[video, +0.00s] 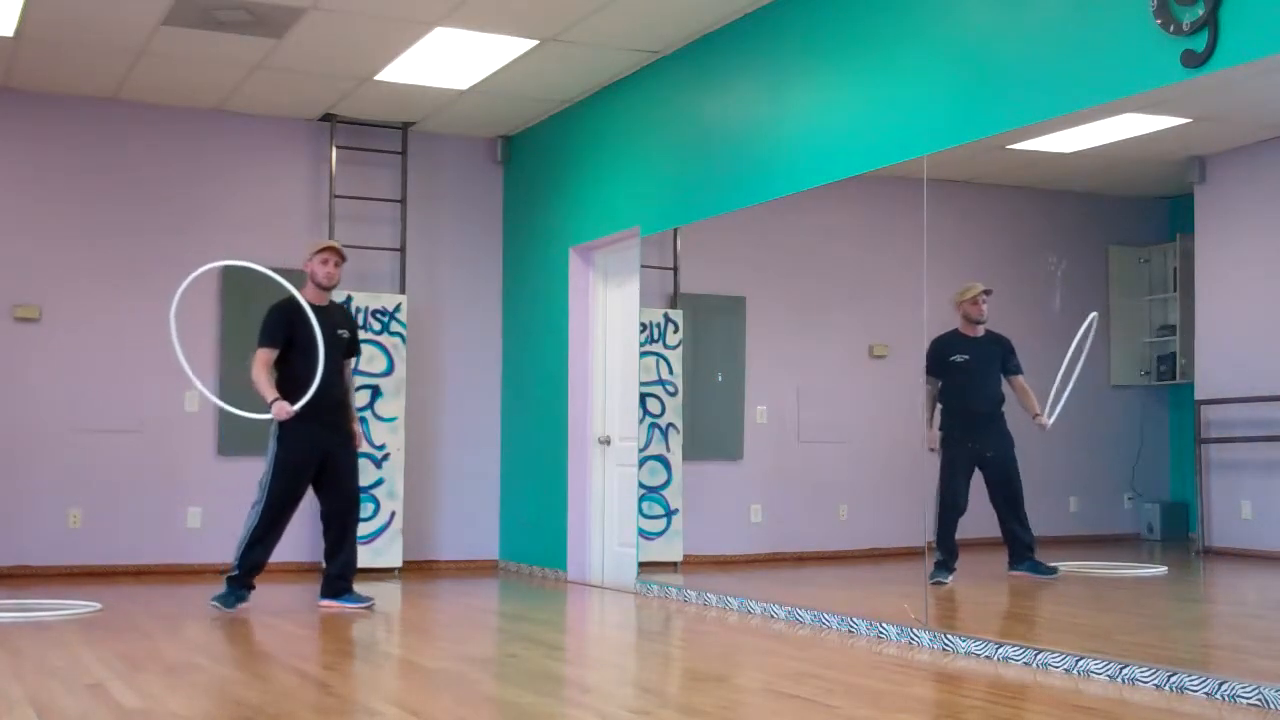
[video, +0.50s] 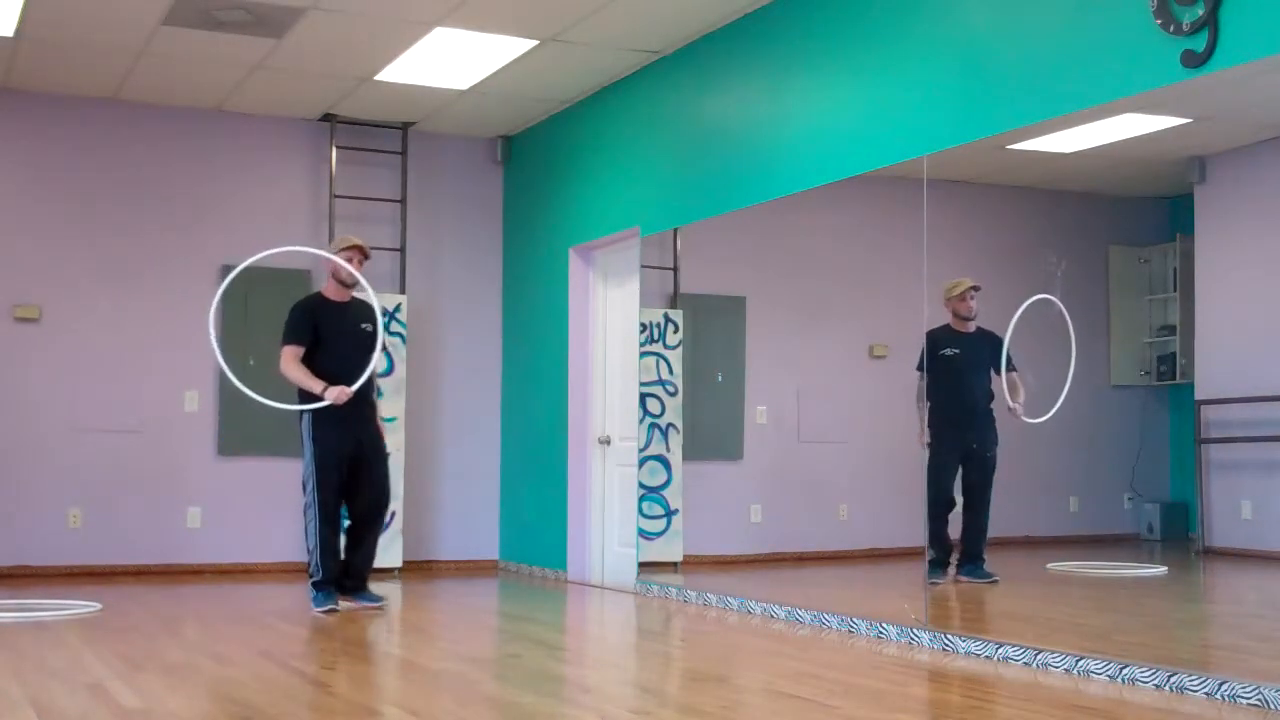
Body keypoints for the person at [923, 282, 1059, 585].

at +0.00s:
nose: (982, 307)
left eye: (984, 302)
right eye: (975, 303)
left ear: (987, 307)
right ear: (961, 308)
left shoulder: (1000, 344)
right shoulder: (941, 345)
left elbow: (1018, 383)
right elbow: (931, 392)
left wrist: (1036, 412)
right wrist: (929, 428)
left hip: (994, 432)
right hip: (957, 434)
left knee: (1010, 496)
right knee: (952, 503)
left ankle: (1021, 558)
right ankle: (944, 564)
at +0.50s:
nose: (970, 302)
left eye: (972, 297)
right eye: (962, 298)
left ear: (977, 301)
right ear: (949, 305)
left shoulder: (991, 341)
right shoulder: (935, 339)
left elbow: (1012, 375)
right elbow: (923, 385)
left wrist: (1016, 400)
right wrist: (923, 424)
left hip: (981, 432)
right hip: (944, 432)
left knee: (978, 502)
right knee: (939, 501)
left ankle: (971, 564)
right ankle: (938, 562)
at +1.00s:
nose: (945, 304)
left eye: (950, 299)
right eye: (938, 300)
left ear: (959, 304)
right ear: (930, 307)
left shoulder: (975, 333)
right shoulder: (922, 343)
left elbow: (984, 355)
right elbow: (910, 391)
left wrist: (984, 372)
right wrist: (909, 430)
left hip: (974, 430)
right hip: (937, 433)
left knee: (975, 502)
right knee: (923, 502)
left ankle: (972, 565)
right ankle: (902, 571)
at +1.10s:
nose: (942, 306)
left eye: (947, 301)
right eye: (935, 302)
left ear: (957, 305)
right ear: (929, 308)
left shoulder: (972, 332)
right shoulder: (921, 344)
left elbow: (984, 344)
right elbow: (909, 390)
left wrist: (976, 347)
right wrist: (906, 429)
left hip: (971, 431)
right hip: (935, 433)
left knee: (974, 503)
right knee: (918, 503)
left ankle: (972, 565)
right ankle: (897, 571)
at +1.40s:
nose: (933, 301)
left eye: (937, 296)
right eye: (927, 296)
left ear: (942, 300)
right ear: (915, 300)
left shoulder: (952, 334)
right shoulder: (899, 338)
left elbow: (980, 351)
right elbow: (883, 386)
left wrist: (982, 319)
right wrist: (883, 427)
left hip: (945, 430)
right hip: (909, 432)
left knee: (957, 499)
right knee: (906, 503)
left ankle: (941, 562)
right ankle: (894, 572)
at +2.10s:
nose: (920, 302)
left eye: (920, 297)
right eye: (914, 297)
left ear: (908, 303)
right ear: (895, 302)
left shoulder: (922, 341)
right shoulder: (869, 336)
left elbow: (951, 378)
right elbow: (845, 377)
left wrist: (966, 355)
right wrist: (836, 415)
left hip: (912, 436)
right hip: (877, 436)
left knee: (915, 505)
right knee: (864, 507)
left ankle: (915, 570)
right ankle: (848, 575)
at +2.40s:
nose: (911, 302)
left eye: (912, 297)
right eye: (904, 297)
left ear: (910, 302)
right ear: (886, 300)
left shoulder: (915, 339)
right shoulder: (860, 335)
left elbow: (931, 373)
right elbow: (837, 375)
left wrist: (928, 377)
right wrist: (835, 412)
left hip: (905, 433)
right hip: (868, 433)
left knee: (910, 506)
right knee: (855, 506)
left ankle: (913, 572)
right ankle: (840, 575)